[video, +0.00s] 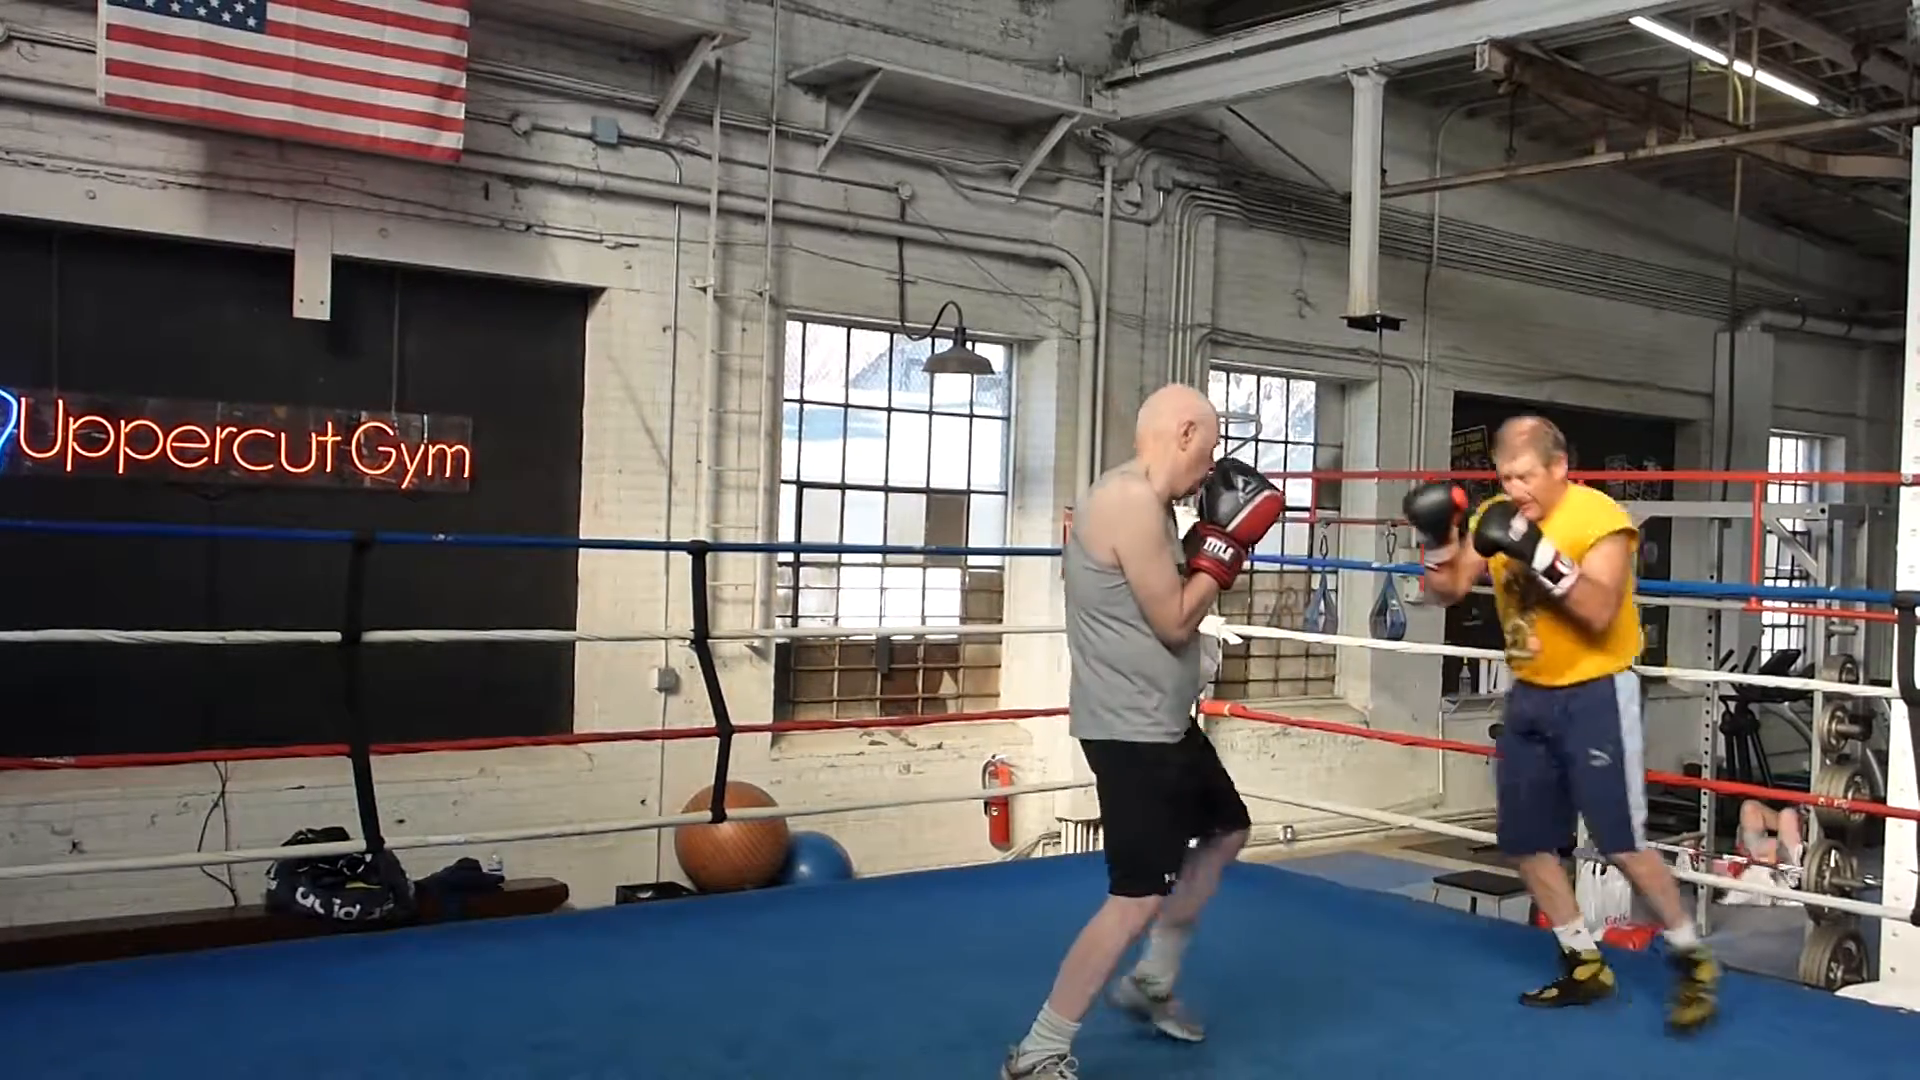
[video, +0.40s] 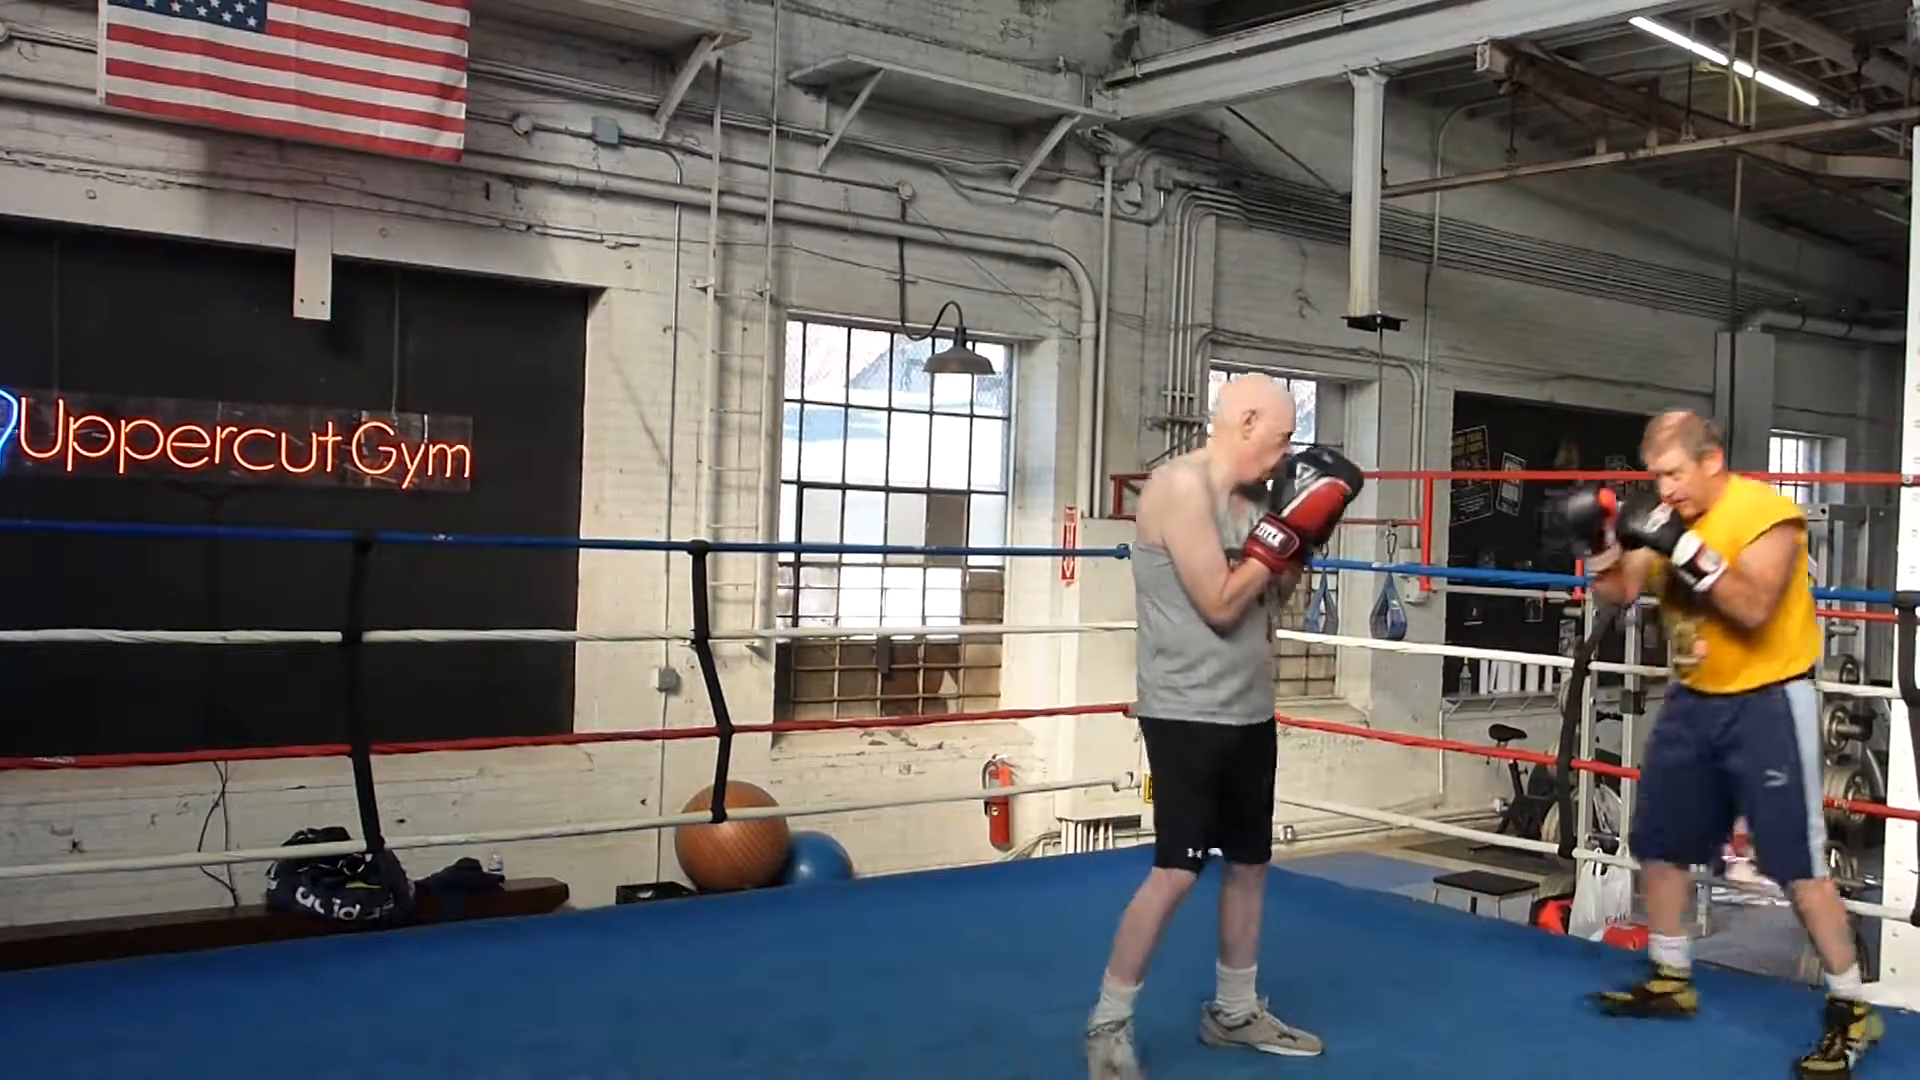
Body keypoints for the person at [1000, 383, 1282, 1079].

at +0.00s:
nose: (1211, 464)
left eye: (1214, 451)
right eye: (1211, 447)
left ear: (1162, 432)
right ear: (1183, 434)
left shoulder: (1123, 496)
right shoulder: (1133, 503)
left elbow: (1163, 602)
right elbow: (1176, 620)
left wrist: (1207, 535)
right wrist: (1229, 543)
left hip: (1156, 720)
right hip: (1130, 727)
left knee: (1225, 827)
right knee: (1138, 893)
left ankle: (1152, 981)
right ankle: (1040, 1053)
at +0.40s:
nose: (1283, 457)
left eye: (1287, 445)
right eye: (1281, 442)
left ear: (1249, 425)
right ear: (1245, 424)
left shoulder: (1238, 497)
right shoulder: (1178, 484)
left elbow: (1263, 602)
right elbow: (1220, 603)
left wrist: (1300, 535)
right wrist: (1282, 536)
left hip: (1248, 712)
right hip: (1186, 713)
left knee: (1249, 861)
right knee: (1178, 868)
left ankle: (1236, 1011)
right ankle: (1108, 1024)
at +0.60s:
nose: (1297, 470)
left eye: (1301, 458)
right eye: (1293, 454)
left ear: (1260, 445)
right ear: (1251, 441)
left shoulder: (1264, 520)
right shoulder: (1184, 506)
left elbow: (1292, 618)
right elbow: (1227, 624)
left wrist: (1324, 542)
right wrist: (1292, 546)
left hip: (1281, 726)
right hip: (1205, 736)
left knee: (1358, 849)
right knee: (1197, 891)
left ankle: (1286, 977)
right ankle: (1131, 1025)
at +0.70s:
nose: (1320, 478)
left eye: (1322, 466)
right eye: (1313, 463)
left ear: (1278, 453)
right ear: (1271, 453)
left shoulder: (1291, 523)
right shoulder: (1201, 518)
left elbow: (1313, 632)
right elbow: (1227, 641)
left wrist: (1342, 568)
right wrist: (1301, 562)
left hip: (1303, 731)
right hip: (1224, 744)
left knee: (1388, 854)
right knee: (1211, 899)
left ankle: (1373, 1006)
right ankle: (1133, 1027)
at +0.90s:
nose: (1394, 480)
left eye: (1395, 467)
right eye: (1385, 465)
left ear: (1356, 462)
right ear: (1337, 458)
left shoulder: (1371, 529)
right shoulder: (1286, 521)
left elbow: (1391, 641)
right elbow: (1313, 641)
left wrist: (1410, 583)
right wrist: (1390, 578)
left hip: (1370, 748)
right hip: (1289, 752)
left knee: (1434, 885)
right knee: (1242, 901)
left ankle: (1465, 1033)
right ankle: (1140, 1023)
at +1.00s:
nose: (1429, 462)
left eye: (1426, 449)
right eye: (1418, 447)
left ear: (1374, 450)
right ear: (1375, 448)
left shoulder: (1373, 521)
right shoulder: (1344, 507)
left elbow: (1396, 638)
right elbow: (1445, 594)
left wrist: (1440, 565)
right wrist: (1530, 554)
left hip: (1390, 743)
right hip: (1317, 744)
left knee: (1448, 877)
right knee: (1255, 893)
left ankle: (1465, 1031)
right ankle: (1151, 1017)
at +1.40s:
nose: (1415, 451)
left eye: (1413, 439)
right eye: (1403, 438)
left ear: (1373, 445)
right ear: (1355, 444)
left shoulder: (1397, 521)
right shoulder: (1315, 509)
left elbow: (1413, 632)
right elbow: (1366, 627)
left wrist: (1437, 567)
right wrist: (1431, 576)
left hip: (1396, 738)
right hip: (1316, 733)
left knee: (1448, 886)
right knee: (1267, 893)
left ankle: (1463, 1032)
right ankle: (1175, 1021)